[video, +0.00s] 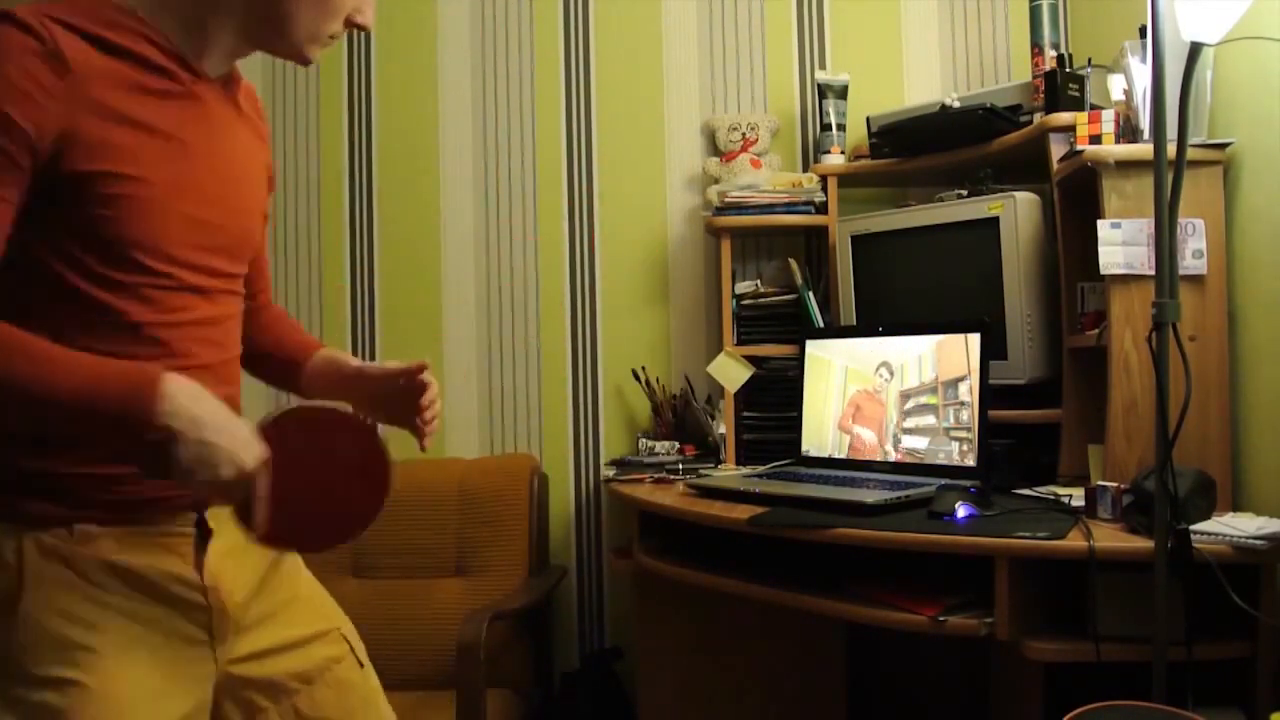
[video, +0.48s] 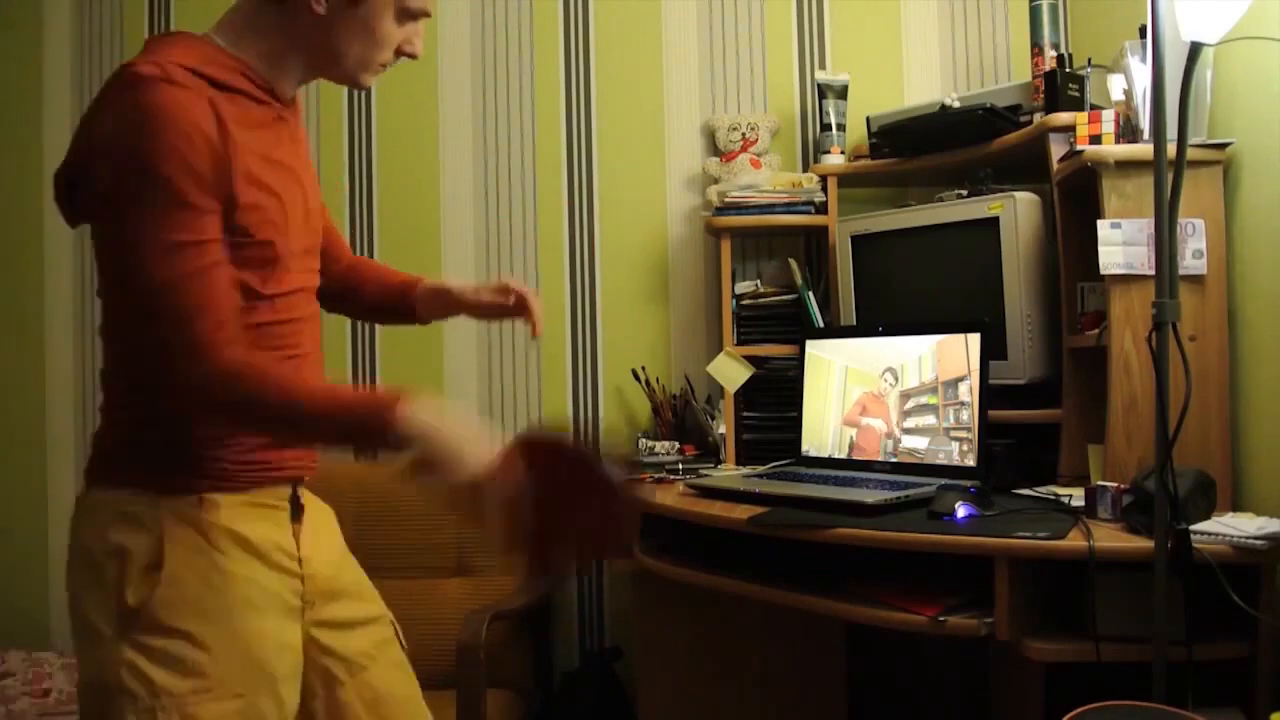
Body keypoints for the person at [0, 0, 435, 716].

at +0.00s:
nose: (366, 16)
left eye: (370, 1)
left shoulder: (243, 108)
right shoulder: (37, 53)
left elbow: (245, 308)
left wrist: (352, 381)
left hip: (245, 554)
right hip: (77, 564)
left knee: (360, 708)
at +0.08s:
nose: (364, 9)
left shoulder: (251, 100)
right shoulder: (32, 47)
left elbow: (269, 291)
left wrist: (369, 369)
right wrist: (99, 391)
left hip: (251, 545)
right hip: (78, 550)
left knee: (363, 706)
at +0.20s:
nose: (373, 9)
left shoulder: (279, 96)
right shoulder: (37, 43)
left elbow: (310, 241)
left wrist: (394, 341)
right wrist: (15, 373)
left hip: (259, 518)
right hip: (83, 529)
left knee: (366, 706)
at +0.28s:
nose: (387, 15)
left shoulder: (294, 102)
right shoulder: (55, 62)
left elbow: (342, 254)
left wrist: (417, 338)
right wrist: (19, 388)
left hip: (277, 528)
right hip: (114, 541)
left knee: (378, 707)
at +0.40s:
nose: (411, 38)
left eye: (417, 12)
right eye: (405, 6)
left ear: (323, 2)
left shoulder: (293, 111)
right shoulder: (131, 102)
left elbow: (340, 264)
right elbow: (94, 359)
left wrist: (442, 318)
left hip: (290, 523)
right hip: (158, 537)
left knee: (397, 711)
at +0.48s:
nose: (415, 45)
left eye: (421, 23)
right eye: (408, 16)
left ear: (323, 3)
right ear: (324, 0)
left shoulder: (270, 106)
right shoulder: (163, 104)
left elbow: (326, 270)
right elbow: (207, 367)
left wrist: (443, 298)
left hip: (288, 519)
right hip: (180, 532)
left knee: (390, 709)